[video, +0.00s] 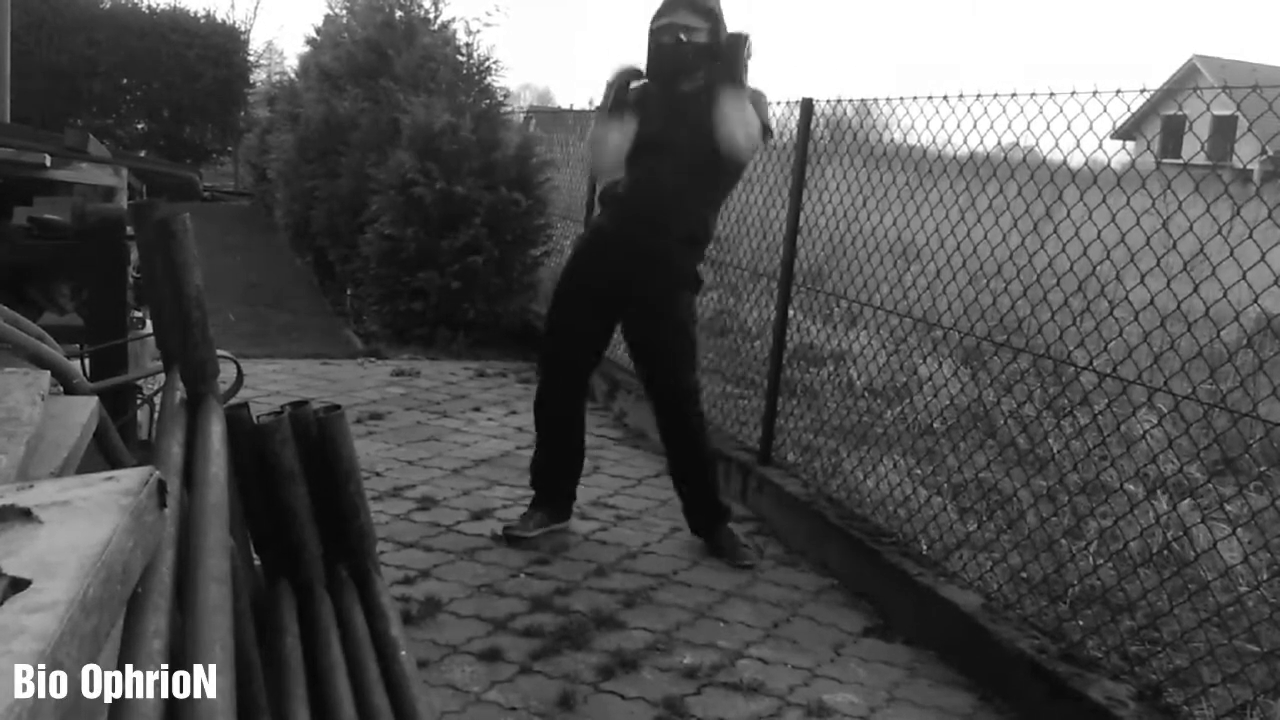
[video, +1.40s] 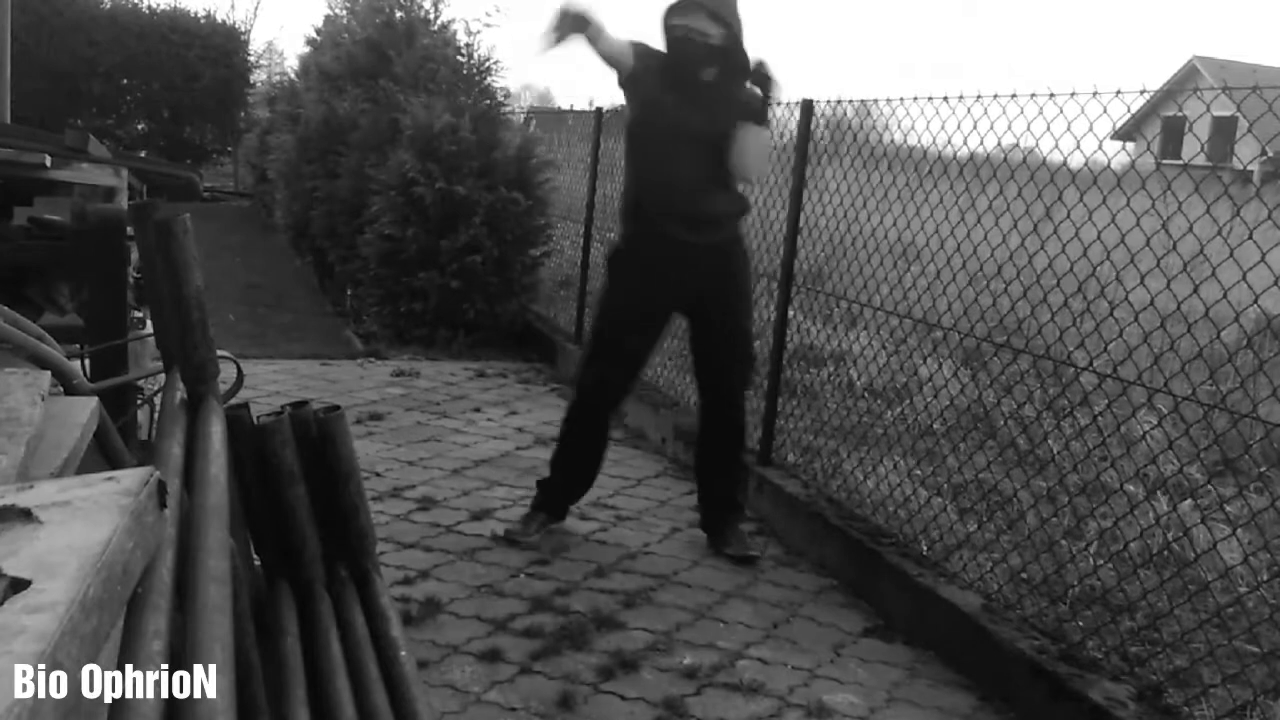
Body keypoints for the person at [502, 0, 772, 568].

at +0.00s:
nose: (677, 44)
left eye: (691, 34)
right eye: (666, 33)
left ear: (715, 44)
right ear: (652, 41)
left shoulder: (732, 104)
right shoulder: (638, 99)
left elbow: (739, 144)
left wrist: (730, 76)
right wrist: (618, 101)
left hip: (664, 267)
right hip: (600, 256)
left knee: (679, 399)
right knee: (560, 377)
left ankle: (712, 523)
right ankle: (551, 504)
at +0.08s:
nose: (690, 51)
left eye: (704, 40)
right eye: (680, 38)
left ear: (726, 46)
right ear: (663, 39)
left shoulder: (748, 99)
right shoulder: (639, 88)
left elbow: (786, 185)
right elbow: (571, 140)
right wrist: (583, 126)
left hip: (678, 265)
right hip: (606, 253)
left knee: (694, 400)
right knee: (564, 375)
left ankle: (715, 523)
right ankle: (552, 505)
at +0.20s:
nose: (710, 50)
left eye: (725, 41)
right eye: (702, 35)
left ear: (743, 42)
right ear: (682, 27)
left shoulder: (753, 85)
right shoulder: (641, 55)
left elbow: (789, 165)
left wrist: (762, 205)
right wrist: (595, 99)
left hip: (698, 255)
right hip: (623, 244)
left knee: (707, 396)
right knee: (577, 380)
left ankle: (718, 522)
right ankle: (549, 502)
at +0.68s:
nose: (724, 44)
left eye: (739, 35)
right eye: (716, 32)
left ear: (766, 36)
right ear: (707, 28)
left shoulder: (797, 70)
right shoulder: (698, 66)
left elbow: (834, 107)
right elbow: (631, 99)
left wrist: (796, 139)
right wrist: (628, 120)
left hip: (747, 247)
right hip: (677, 230)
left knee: (736, 385)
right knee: (628, 314)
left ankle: (723, 521)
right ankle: (593, 463)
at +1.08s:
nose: (721, 44)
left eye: (735, 36)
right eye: (713, 32)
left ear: (761, 38)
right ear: (704, 28)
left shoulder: (791, 80)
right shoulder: (688, 67)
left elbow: (840, 129)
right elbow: (604, 74)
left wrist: (805, 99)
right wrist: (590, 106)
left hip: (744, 251)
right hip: (673, 236)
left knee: (736, 385)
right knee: (612, 344)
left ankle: (724, 521)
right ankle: (555, 479)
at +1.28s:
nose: (717, 55)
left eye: (731, 47)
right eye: (709, 42)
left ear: (751, 52)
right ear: (695, 40)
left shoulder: (755, 119)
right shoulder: (665, 81)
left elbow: (780, 190)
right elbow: (597, 85)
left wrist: (804, 132)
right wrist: (523, 95)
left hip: (737, 274)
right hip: (668, 265)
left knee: (738, 399)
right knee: (620, 390)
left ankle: (725, 524)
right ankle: (547, 507)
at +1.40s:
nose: (689, 48)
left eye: (703, 39)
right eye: (681, 36)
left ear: (727, 44)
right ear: (668, 35)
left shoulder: (739, 97)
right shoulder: (648, 70)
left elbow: (749, 172)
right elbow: (608, 43)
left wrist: (750, 101)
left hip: (717, 261)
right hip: (645, 254)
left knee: (725, 394)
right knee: (600, 384)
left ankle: (725, 522)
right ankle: (550, 507)